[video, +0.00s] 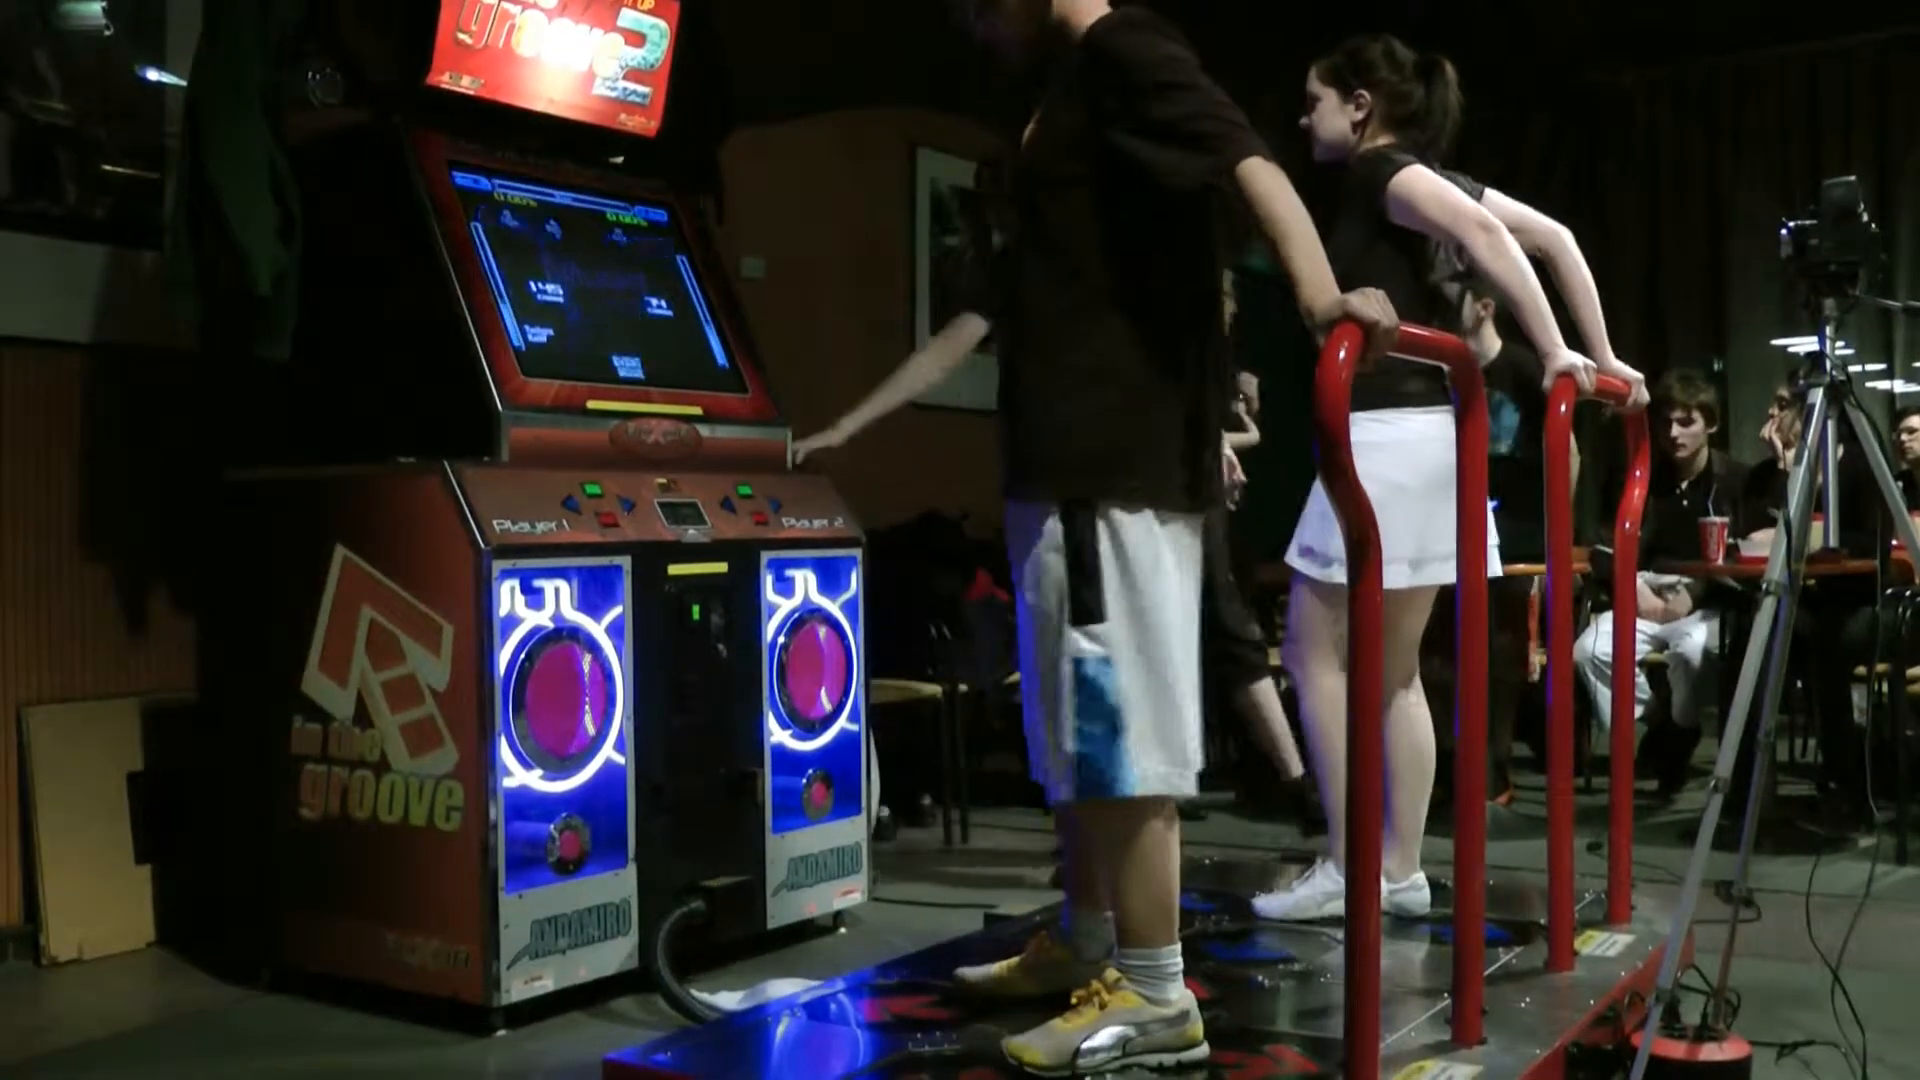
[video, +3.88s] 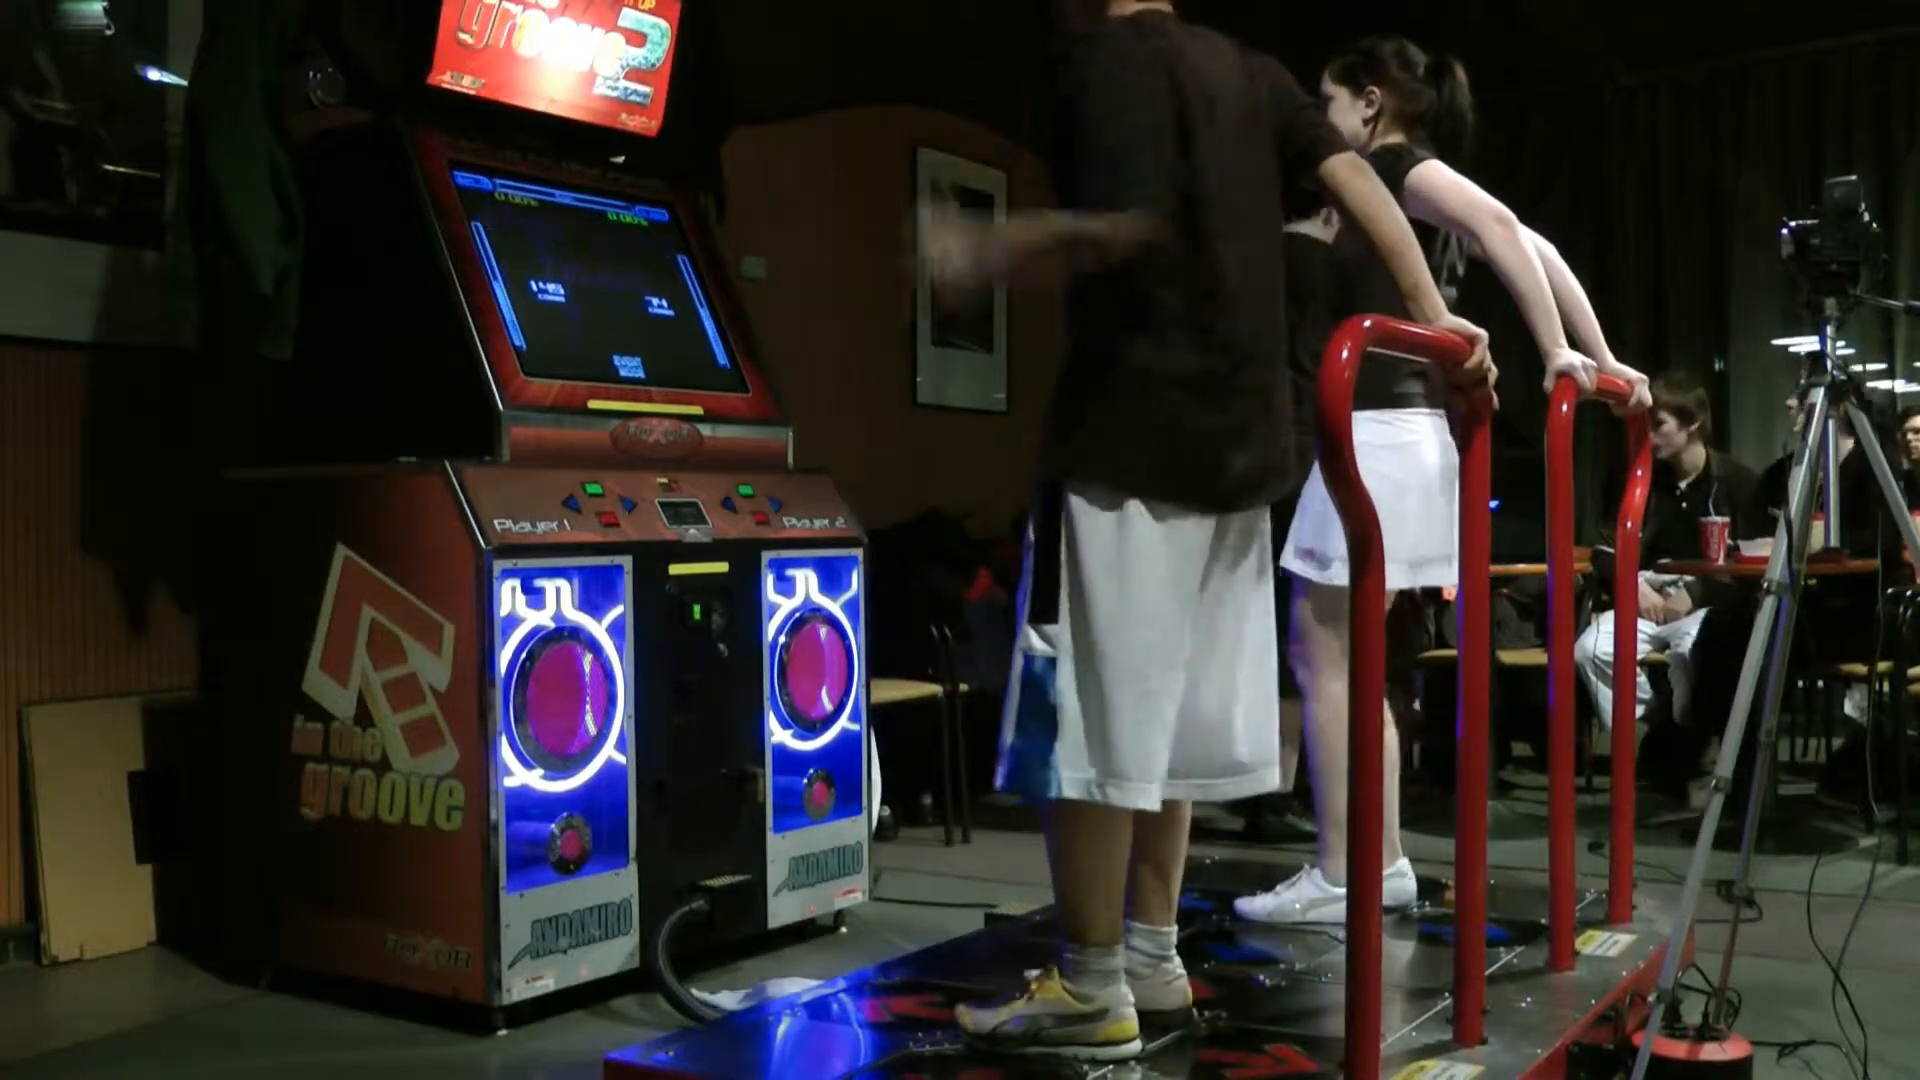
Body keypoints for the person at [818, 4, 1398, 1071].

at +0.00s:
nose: (993, 22)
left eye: (1000, 8)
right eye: (991, 15)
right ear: (1035, 20)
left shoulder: (1127, 52)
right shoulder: (1043, 120)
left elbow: (1255, 166)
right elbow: (975, 317)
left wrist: (1325, 302)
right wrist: (848, 424)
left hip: (1129, 466)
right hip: (1062, 467)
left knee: (1134, 734)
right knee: (1078, 724)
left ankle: (1156, 996)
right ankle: (1088, 943)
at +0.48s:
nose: (960, 36)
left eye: (960, 16)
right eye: (952, 24)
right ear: (1016, 12)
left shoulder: (1115, 61)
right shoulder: (1045, 104)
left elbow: (1242, 181)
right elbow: (1008, 324)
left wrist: (1326, 302)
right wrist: (917, 462)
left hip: (1112, 468)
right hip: (1053, 468)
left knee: (1118, 732)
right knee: (1071, 726)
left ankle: (1157, 997)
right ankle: (1084, 945)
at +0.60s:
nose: (954, 35)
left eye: (955, 15)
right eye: (950, 22)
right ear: (1008, 11)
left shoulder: (1112, 62)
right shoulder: (1052, 97)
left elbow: (1234, 175)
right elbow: (1155, 295)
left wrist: (1319, 297)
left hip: (1112, 470)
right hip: (1054, 469)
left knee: (1117, 739)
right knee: (1062, 730)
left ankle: (1157, 996)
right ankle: (1084, 943)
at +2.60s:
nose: (999, 16)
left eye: (1003, 4)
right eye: (1000, 9)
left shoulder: (1110, 56)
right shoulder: (1107, 72)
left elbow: (1227, 177)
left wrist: (1317, 301)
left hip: (1092, 471)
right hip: (1133, 466)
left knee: (1047, 719)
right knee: (1110, 715)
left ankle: (1114, 973)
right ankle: (1087, 946)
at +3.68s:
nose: (1062, 24)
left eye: (1063, 17)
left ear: (1091, 5)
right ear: (1166, 3)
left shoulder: (1089, 47)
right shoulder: (1247, 65)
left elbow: (1227, 126)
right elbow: (1360, 191)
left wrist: (1296, 311)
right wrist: (1435, 318)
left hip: (1127, 427)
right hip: (1241, 441)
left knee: (1098, 708)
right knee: (1171, 706)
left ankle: (1093, 992)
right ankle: (1155, 960)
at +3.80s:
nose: (1058, 21)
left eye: (1062, 16)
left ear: (1088, 3)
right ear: (1168, 1)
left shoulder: (1103, 52)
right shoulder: (1247, 69)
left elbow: (1190, 177)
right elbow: (1358, 189)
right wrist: (1433, 316)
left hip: (1138, 446)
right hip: (1241, 441)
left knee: (1102, 713)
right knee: (1175, 709)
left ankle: (1095, 991)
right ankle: (1153, 955)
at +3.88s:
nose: (1068, 19)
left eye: (1072, 12)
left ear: (1103, 2)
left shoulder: (1106, 61)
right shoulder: (1258, 72)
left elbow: (1128, 220)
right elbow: (1361, 188)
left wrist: (987, 247)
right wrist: (1433, 314)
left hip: (1128, 434)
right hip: (1239, 437)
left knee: (1105, 708)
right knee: (1175, 700)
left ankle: (1093, 988)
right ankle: (1153, 954)